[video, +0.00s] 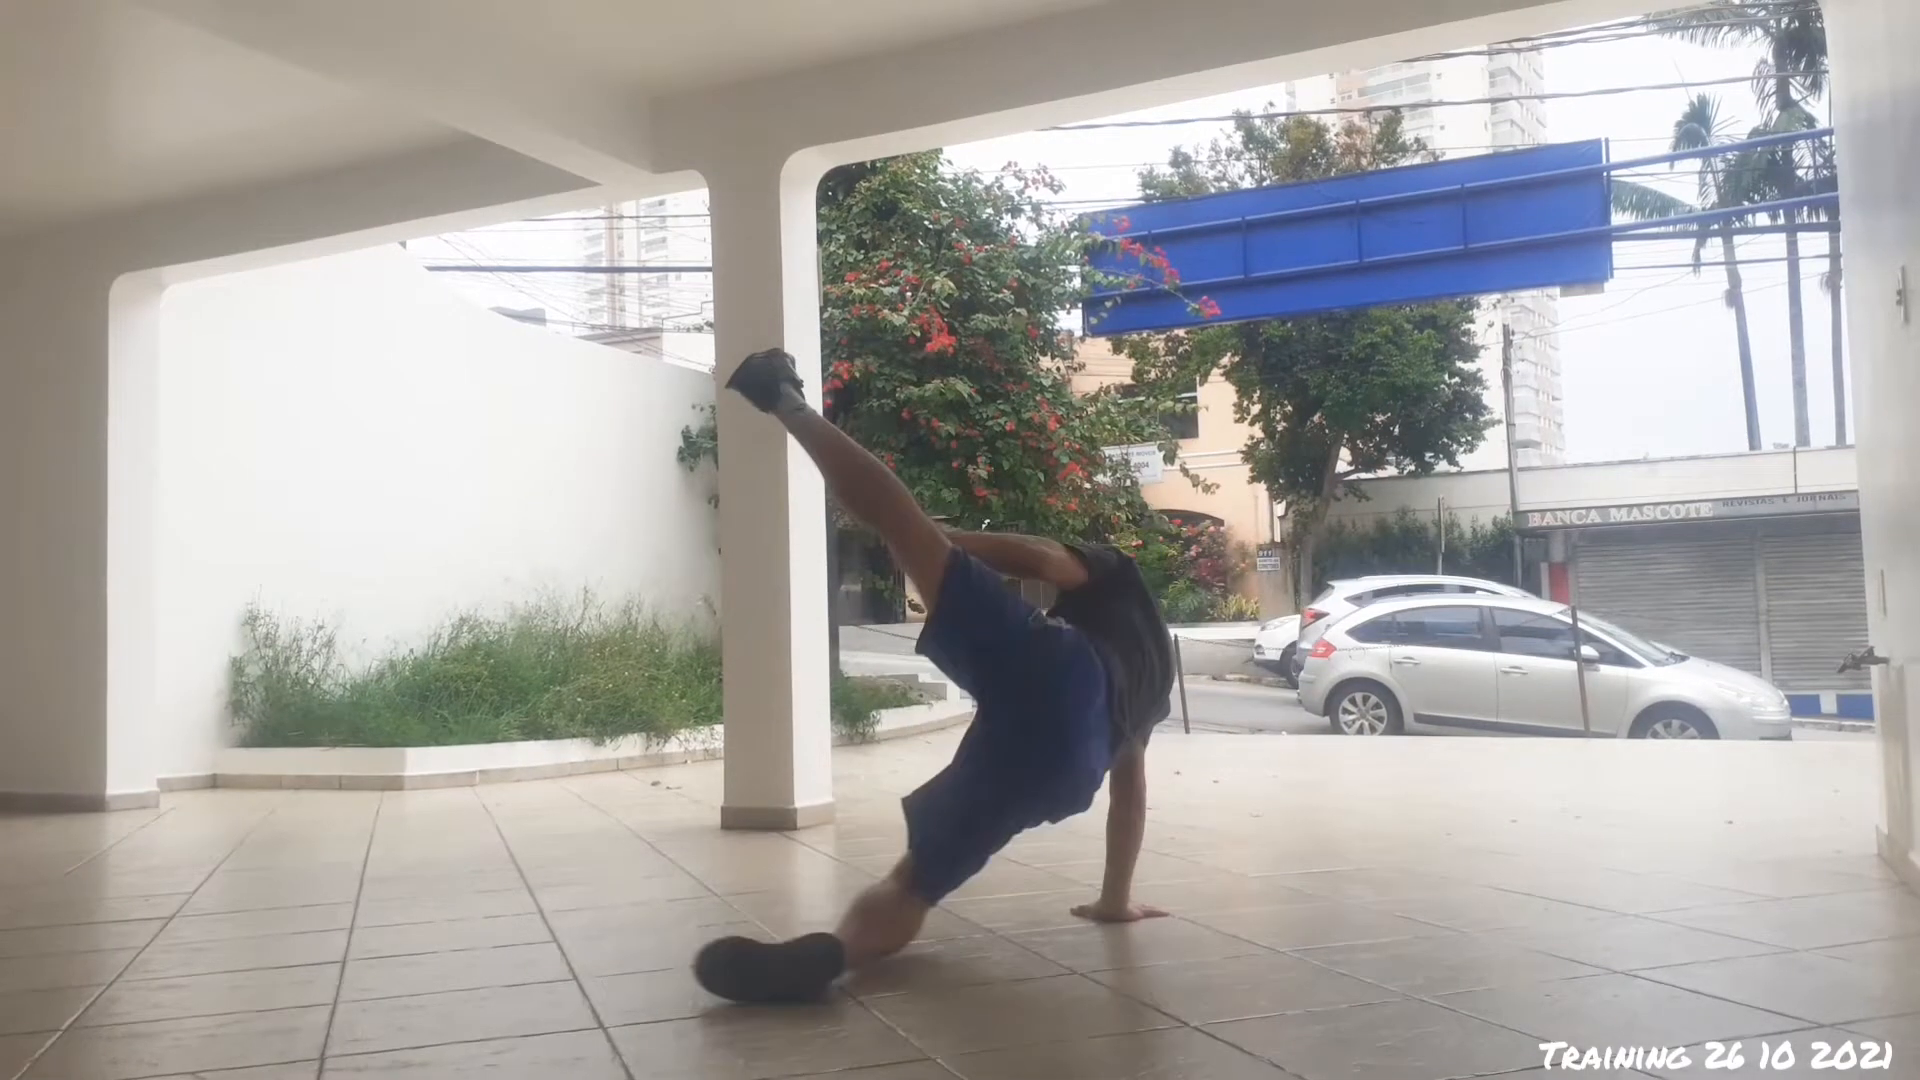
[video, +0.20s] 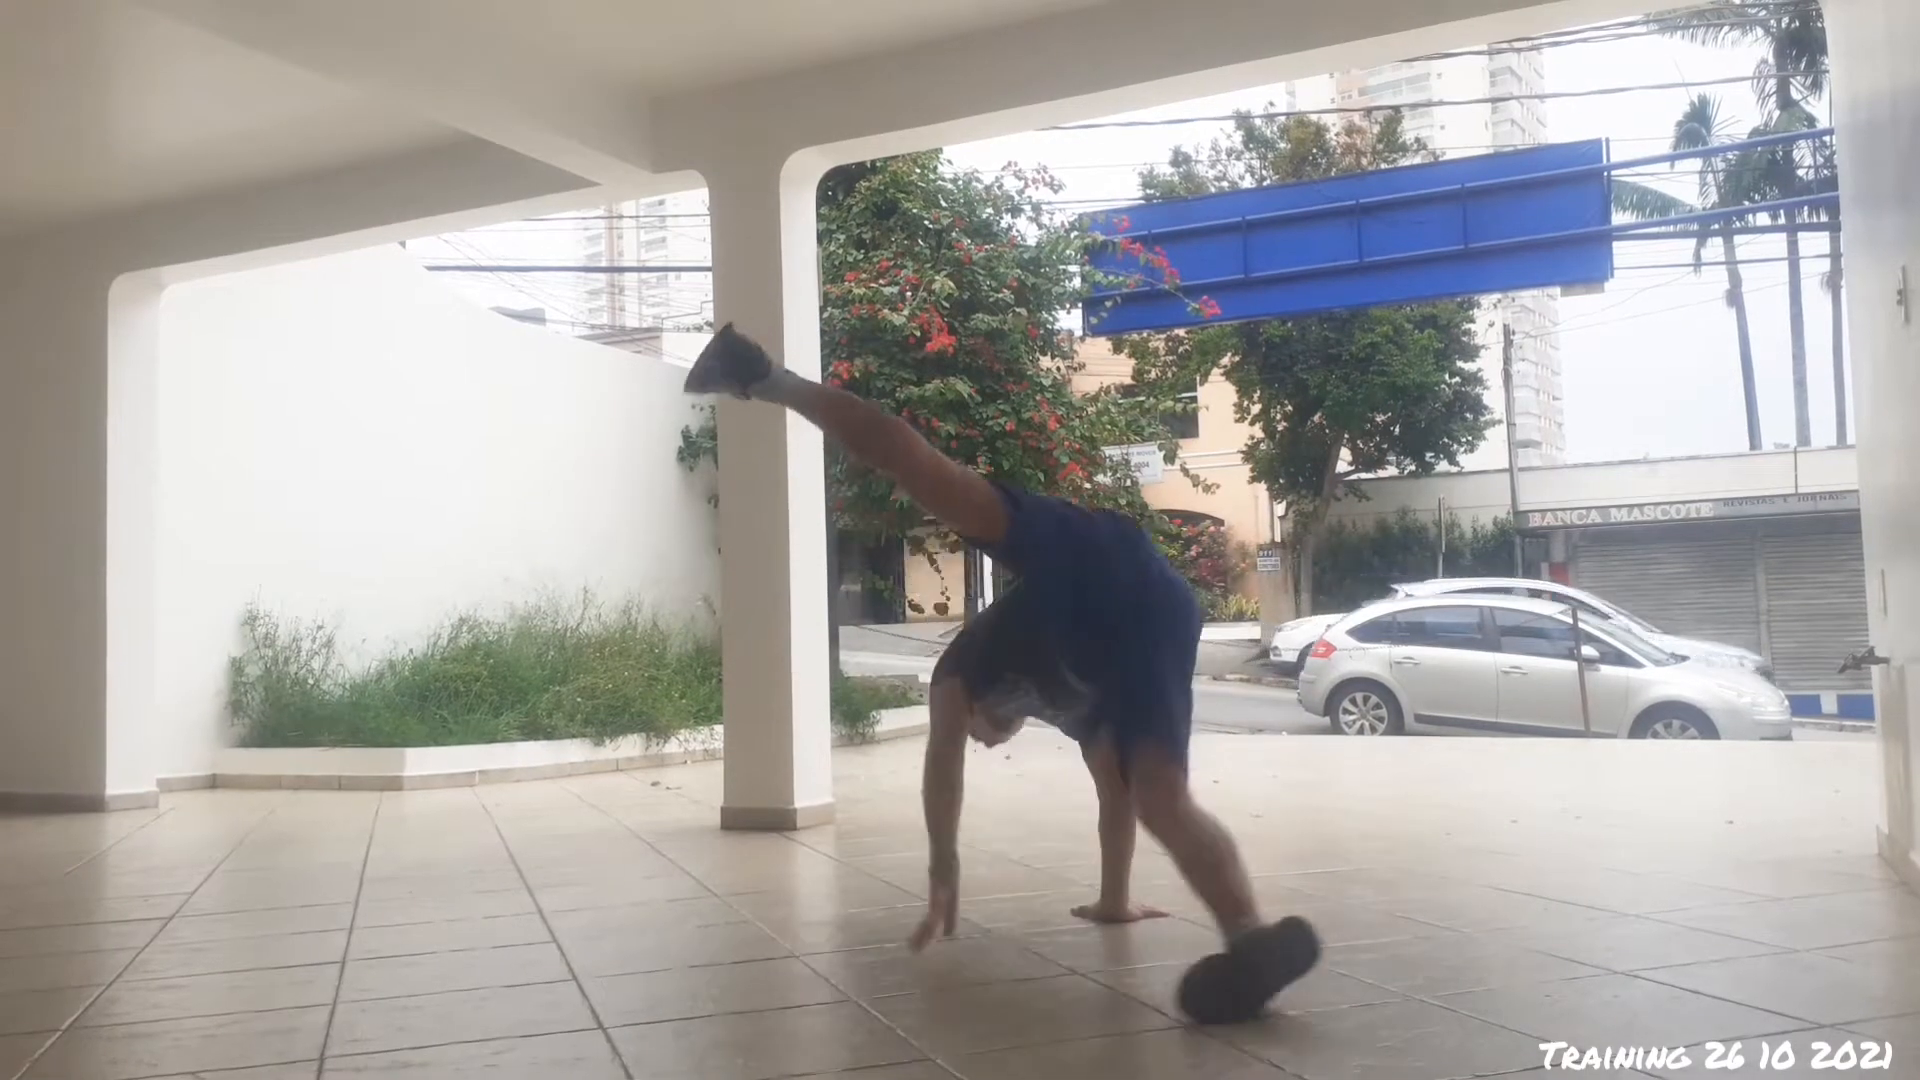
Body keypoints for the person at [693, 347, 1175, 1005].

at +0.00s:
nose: (1066, 568)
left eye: (1078, 566)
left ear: (1101, 574)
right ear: (1140, 616)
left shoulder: (1112, 574)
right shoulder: (1145, 675)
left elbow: (1038, 557)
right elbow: (1130, 797)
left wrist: (936, 538)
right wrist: (1116, 902)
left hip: (1058, 669)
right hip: (1071, 770)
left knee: (908, 530)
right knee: (916, 883)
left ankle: (785, 401)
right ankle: (833, 949)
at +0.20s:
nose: (989, 747)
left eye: (980, 735)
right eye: (989, 744)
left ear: (967, 689)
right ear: (1028, 705)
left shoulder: (961, 669)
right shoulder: (1089, 711)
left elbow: (945, 768)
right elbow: (1116, 796)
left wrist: (943, 889)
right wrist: (1112, 904)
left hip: (1087, 549)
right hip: (1174, 608)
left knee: (930, 476)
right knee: (1159, 790)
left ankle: (768, 379)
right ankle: (1251, 935)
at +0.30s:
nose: (965, 774)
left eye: (954, 761)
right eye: (962, 764)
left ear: (963, 721)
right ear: (1020, 710)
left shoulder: (967, 708)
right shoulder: (1074, 695)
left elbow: (982, 817)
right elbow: (1122, 792)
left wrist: (1008, 928)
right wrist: (1116, 902)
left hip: (1058, 522)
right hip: (1149, 560)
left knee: (919, 483)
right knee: (1274, 697)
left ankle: (751, 424)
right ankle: (1429, 835)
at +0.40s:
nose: (953, 786)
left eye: (936, 777)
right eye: (944, 783)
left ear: (930, 738)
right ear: (982, 731)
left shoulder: (965, 717)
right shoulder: (1067, 710)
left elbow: (996, 816)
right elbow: (1131, 794)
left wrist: (1012, 938)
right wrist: (1111, 903)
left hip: (1049, 526)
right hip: (1142, 534)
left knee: (933, 529)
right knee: (1295, 591)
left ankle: (798, 514)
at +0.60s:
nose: (912, 803)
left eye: (896, 793)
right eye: (900, 800)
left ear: (907, 757)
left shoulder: (946, 717)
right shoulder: (1048, 727)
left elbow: (1012, 811)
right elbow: (1117, 786)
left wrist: (1018, 933)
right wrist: (1116, 894)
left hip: (1039, 552)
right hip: (1100, 524)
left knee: (1096, 674)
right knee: (1217, 449)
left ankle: (1153, 803)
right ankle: (1302, 292)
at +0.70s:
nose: (914, 809)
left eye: (901, 800)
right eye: (905, 808)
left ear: (903, 756)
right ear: (919, 766)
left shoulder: (949, 720)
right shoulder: (1041, 733)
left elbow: (1016, 811)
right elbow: (1125, 788)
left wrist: (1019, 937)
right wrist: (1114, 899)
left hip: (1047, 585)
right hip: (1076, 527)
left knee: (1170, 711)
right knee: (1181, 399)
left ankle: (1317, 850)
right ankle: (1178, 218)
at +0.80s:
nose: (907, 811)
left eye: (892, 800)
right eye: (894, 808)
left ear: (900, 760)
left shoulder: (949, 717)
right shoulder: (1030, 724)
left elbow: (1013, 816)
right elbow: (1118, 786)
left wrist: (1016, 932)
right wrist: (1112, 897)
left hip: (1068, 596)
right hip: (1069, 538)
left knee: (1218, 710)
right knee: (1141, 377)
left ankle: (1395, 822)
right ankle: (1065, 204)